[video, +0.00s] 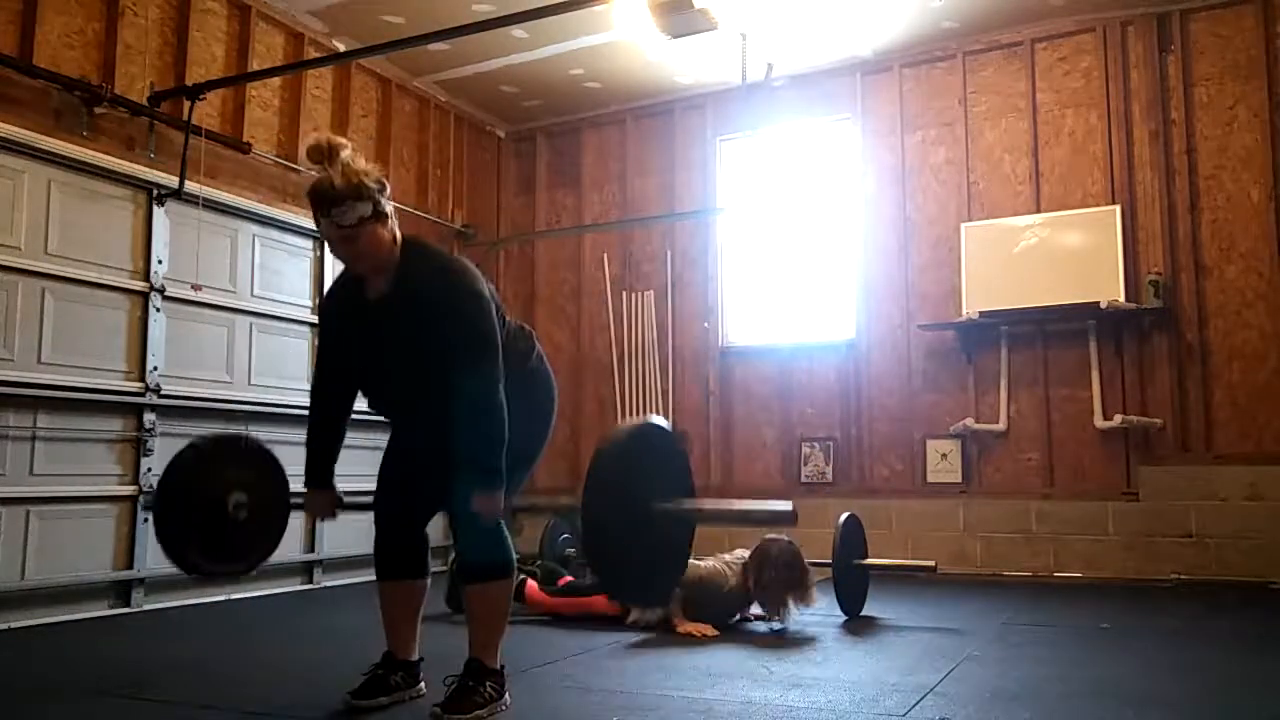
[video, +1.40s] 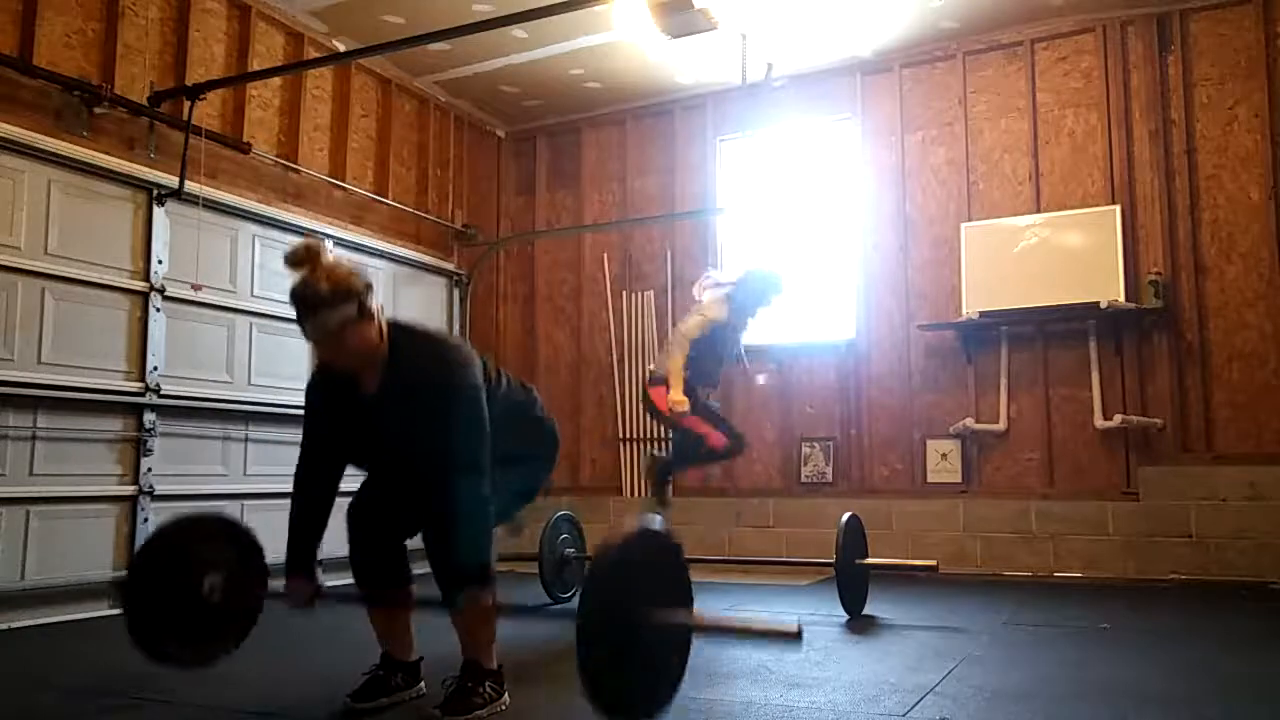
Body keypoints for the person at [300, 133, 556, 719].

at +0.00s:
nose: (343, 248)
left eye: (353, 232)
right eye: (333, 238)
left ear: (386, 221)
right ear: (326, 239)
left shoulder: (452, 283)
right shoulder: (342, 305)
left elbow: (481, 387)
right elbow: (330, 396)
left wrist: (488, 477)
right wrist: (319, 479)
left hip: (503, 402)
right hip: (424, 411)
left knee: (475, 512)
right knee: (395, 516)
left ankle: (486, 671)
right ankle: (401, 664)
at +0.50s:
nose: (372, 186)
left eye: (378, 168)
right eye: (354, 179)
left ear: (395, 155)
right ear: (333, 183)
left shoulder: (450, 217)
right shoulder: (345, 245)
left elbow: (508, 297)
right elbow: (335, 327)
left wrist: (498, 390)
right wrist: (327, 403)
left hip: (495, 379)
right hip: (424, 385)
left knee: (477, 512)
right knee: (401, 512)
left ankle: (486, 669)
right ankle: (403, 662)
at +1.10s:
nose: (325, 239)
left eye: (332, 224)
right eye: (316, 228)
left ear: (369, 205)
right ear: (313, 224)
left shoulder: (437, 253)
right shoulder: (332, 277)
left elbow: (491, 342)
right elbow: (328, 359)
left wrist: (491, 430)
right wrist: (318, 438)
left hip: (494, 393)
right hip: (422, 401)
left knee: (479, 517)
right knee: (402, 517)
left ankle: (485, 669)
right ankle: (403, 662)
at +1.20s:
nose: (326, 281)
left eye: (335, 263)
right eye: (317, 267)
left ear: (369, 246)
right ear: (311, 263)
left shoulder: (442, 293)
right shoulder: (330, 314)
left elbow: (482, 393)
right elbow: (321, 400)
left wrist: (482, 482)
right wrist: (310, 484)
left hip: (500, 409)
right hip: (422, 419)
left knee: (475, 515)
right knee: (394, 514)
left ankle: (485, 670)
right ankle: (401, 664)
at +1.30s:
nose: (329, 318)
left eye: (338, 301)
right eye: (319, 305)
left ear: (372, 283)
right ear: (310, 300)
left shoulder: (444, 331)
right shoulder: (330, 350)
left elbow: (472, 441)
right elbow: (318, 440)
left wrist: (479, 532)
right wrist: (305, 528)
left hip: (505, 433)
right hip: (423, 443)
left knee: (463, 534)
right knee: (382, 515)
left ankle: (483, 672)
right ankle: (400, 665)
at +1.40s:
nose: (332, 351)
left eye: (341, 334)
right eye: (320, 340)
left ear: (371, 318)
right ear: (310, 338)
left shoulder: (446, 365)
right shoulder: (329, 386)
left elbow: (470, 483)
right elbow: (316, 476)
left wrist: (476, 581)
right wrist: (300, 564)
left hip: (514, 450)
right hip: (427, 459)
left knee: (448, 532)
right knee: (369, 519)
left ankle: (482, 674)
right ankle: (399, 666)